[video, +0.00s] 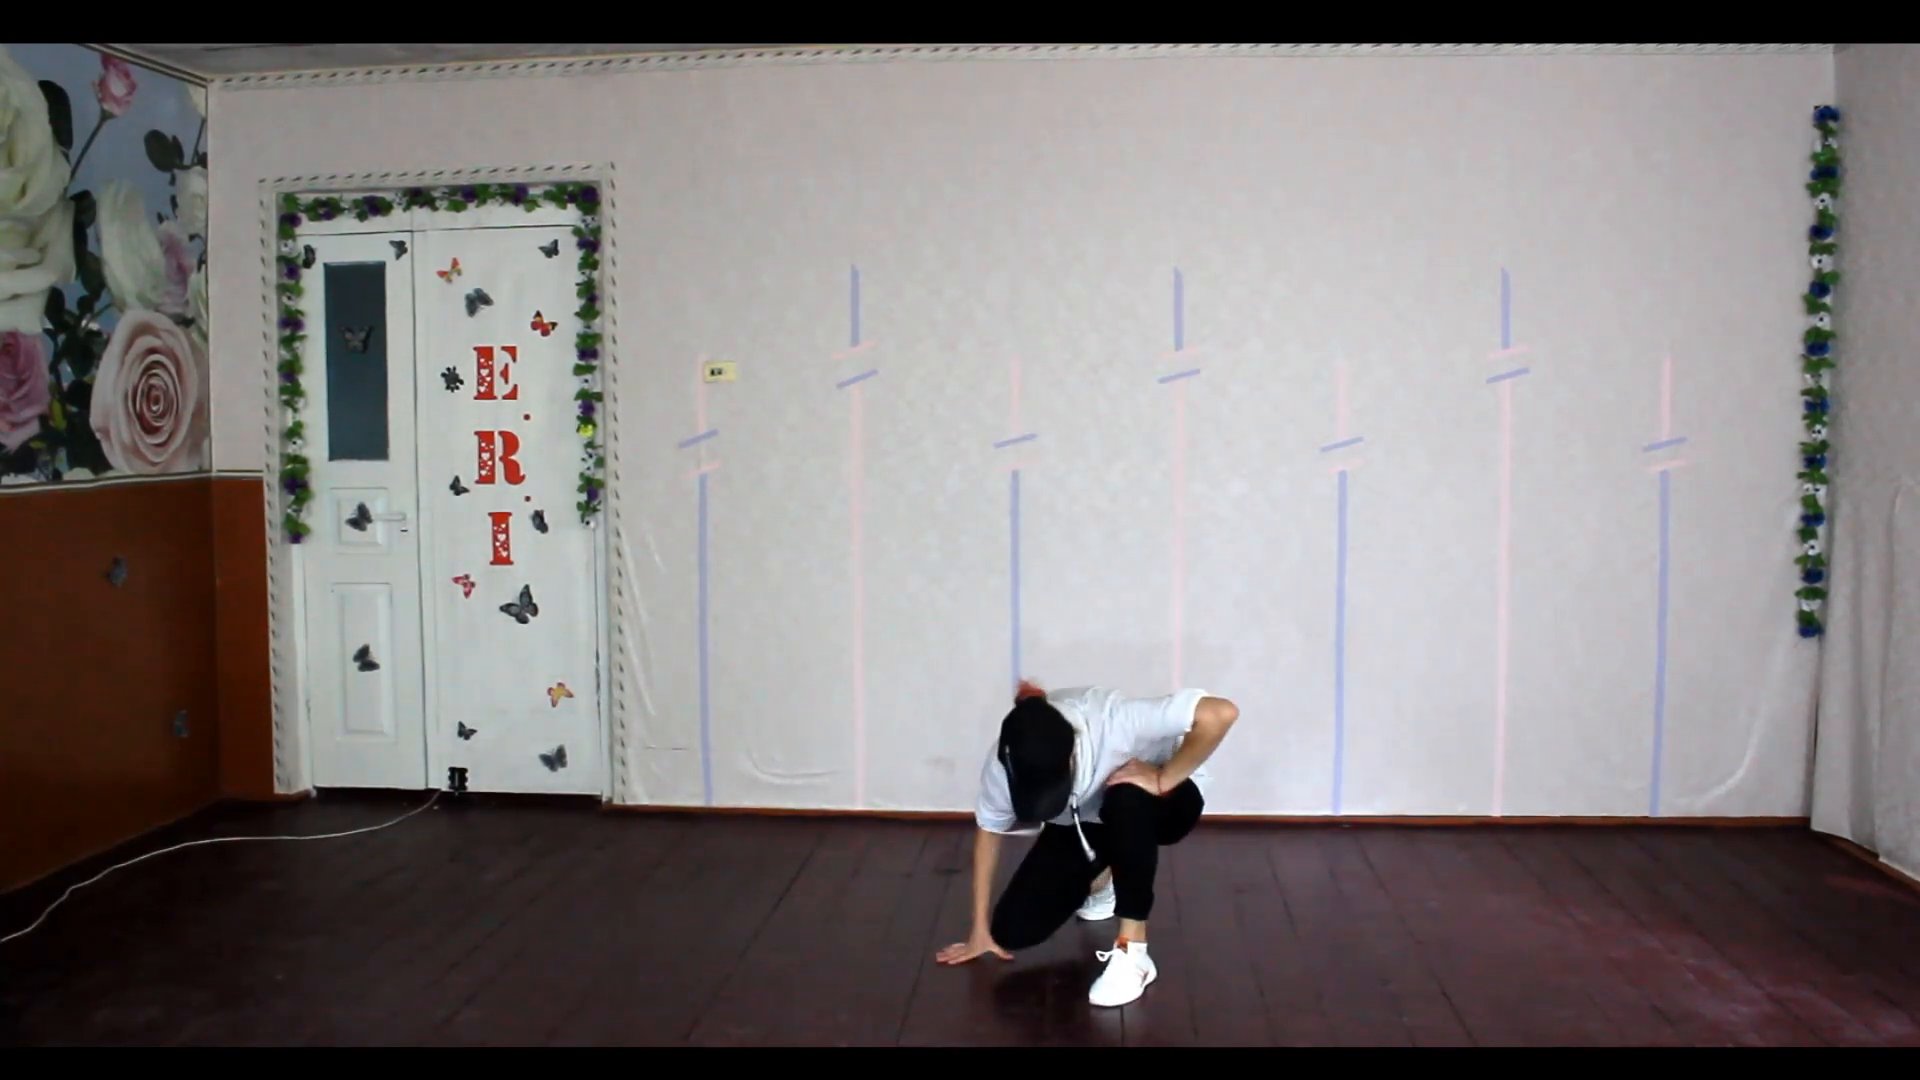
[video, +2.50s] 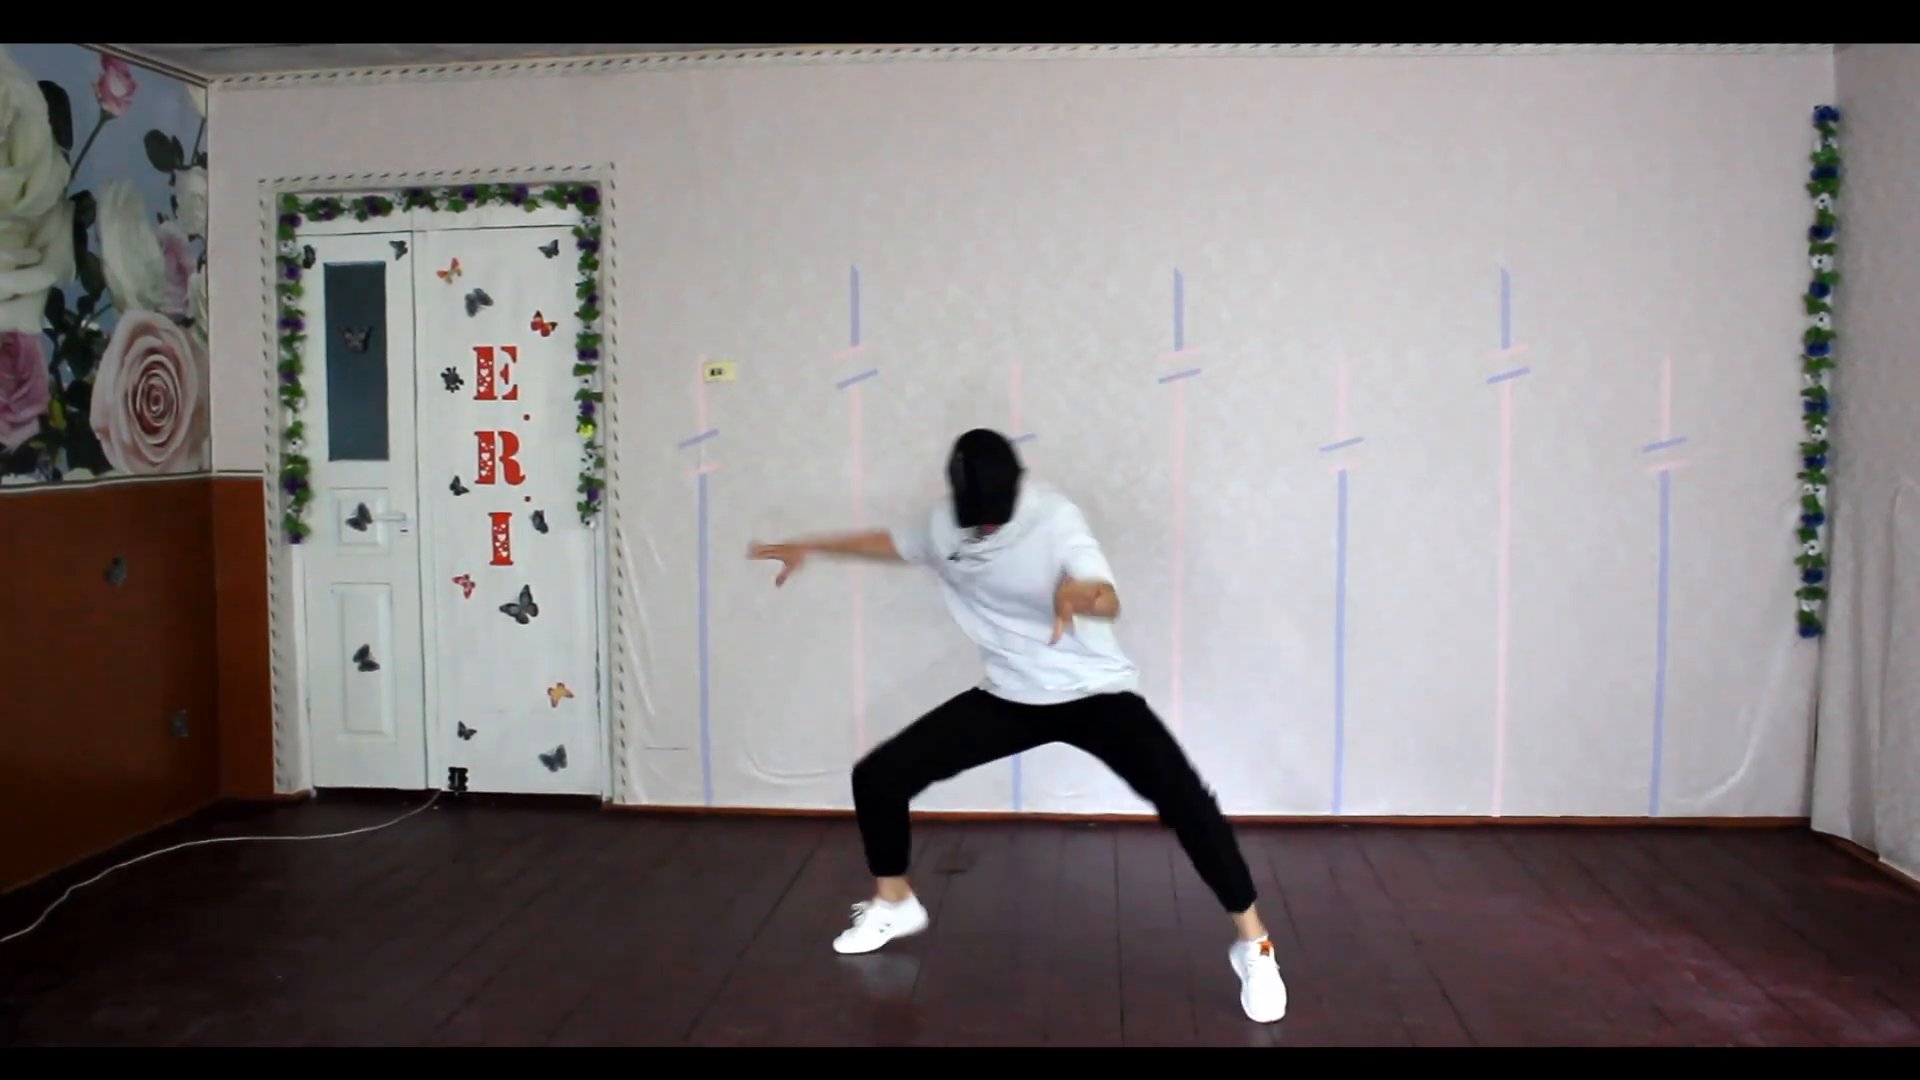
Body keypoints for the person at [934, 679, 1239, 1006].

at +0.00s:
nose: (1051, 799)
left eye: (1057, 787)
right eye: (1034, 793)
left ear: (1071, 752)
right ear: (1008, 761)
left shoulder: (1115, 721)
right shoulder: (1000, 768)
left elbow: (1219, 714)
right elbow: (987, 836)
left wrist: (1166, 778)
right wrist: (981, 930)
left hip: (1158, 809)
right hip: (1080, 823)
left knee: (1123, 797)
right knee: (1011, 931)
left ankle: (1131, 949)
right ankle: (1098, 875)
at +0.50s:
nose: (1047, 551)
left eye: (1054, 539)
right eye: (1035, 543)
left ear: (1071, 515)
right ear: (1018, 529)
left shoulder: (1124, 529)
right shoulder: (1017, 566)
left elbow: (1161, 629)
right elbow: (1000, 674)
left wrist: (1150, 740)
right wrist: (988, 764)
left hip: (1153, 693)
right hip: (1085, 702)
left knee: (1121, 806)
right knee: (1063, 832)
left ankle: (1131, 951)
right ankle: (1126, 868)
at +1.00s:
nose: (1091, 396)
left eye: (1101, 383)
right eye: (1078, 386)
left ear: (1117, 369)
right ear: (1056, 374)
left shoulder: (1152, 425)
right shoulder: (1024, 431)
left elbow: (1167, 529)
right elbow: (1004, 523)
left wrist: (1068, 539)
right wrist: (1073, 542)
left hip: (1125, 639)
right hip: (1043, 636)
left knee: (1116, 779)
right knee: (1050, 782)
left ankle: (1116, 917)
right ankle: (1064, 923)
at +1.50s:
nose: (1036, 486)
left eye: (1045, 475)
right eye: (1025, 477)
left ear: (1064, 455)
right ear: (1006, 460)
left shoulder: (1099, 494)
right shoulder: (995, 500)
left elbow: (1116, 595)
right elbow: (949, 548)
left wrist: (1102, 599)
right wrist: (858, 552)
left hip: (1110, 680)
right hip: (1021, 680)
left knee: (1187, 801)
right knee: (922, 794)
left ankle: (1246, 931)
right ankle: (912, 913)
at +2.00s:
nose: (982, 527)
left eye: (991, 516)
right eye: (969, 519)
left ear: (1007, 486)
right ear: (947, 499)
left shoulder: (1045, 511)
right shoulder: (930, 522)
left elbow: (1090, 603)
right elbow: (877, 535)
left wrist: (1061, 611)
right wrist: (795, 537)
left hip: (1085, 682)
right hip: (996, 682)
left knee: (1174, 794)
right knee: (879, 775)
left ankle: (1237, 929)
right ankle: (896, 901)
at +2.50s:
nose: (982, 531)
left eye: (992, 521)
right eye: (971, 521)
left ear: (1014, 497)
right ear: (954, 501)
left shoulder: (1054, 520)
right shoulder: (940, 529)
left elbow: (1107, 598)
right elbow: (889, 546)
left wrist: (1071, 595)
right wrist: (807, 548)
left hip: (1097, 698)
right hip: (1007, 699)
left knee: (1187, 803)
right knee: (879, 779)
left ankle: (1255, 945)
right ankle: (894, 903)